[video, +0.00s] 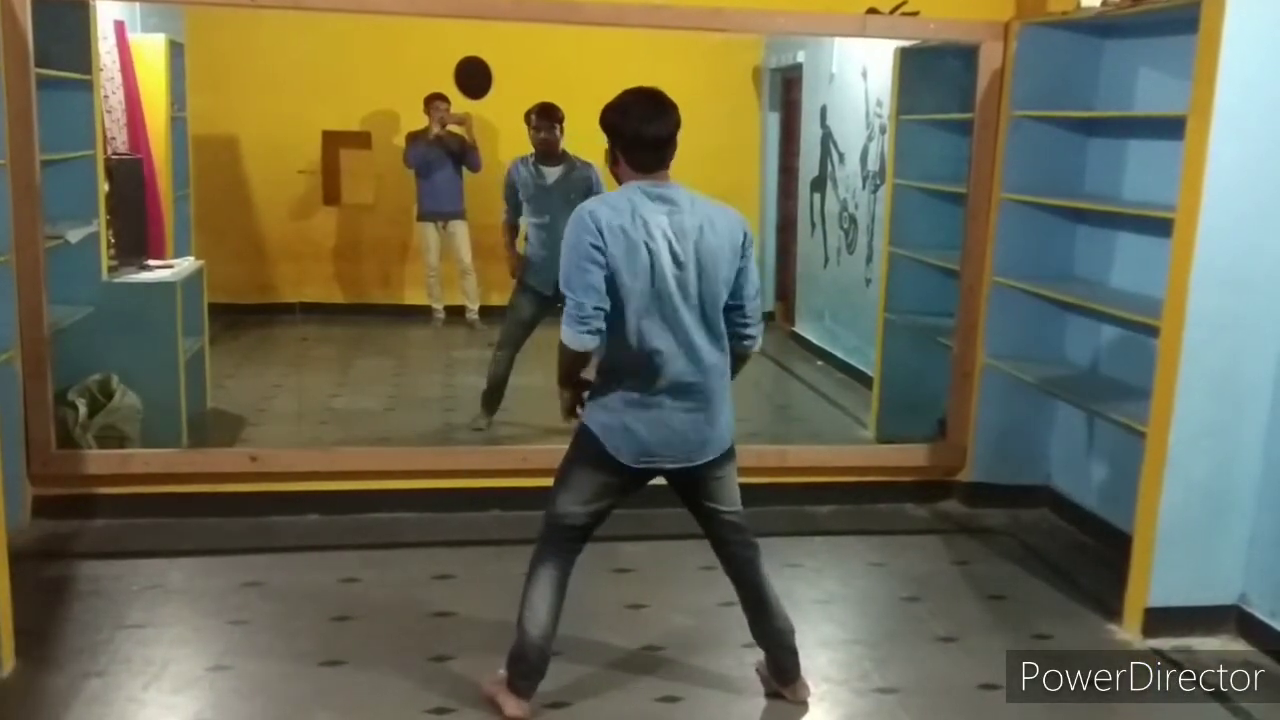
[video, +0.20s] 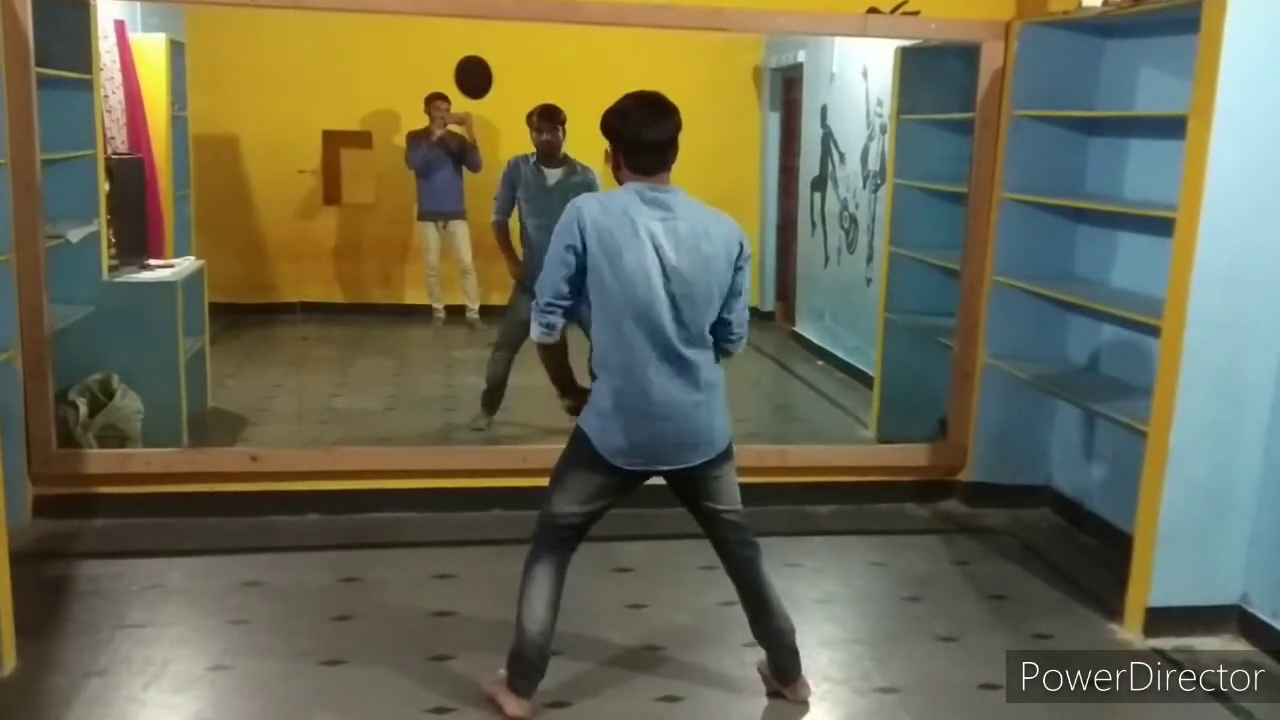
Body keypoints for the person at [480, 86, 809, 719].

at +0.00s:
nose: (607, 153)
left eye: (608, 145)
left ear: (612, 152)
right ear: (675, 148)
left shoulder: (594, 219)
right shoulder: (727, 225)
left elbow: (582, 336)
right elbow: (744, 340)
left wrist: (570, 381)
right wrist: (701, 382)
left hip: (621, 426)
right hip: (705, 426)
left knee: (557, 547)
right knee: (742, 553)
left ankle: (519, 688)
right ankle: (788, 678)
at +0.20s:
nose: (608, 156)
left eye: (609, 147)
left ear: (614, 154)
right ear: (676, 151)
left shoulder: (587, 215)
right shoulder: (724, 231)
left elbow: (546, 322)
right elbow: (729, 337)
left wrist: (569, 391)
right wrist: (670, 348)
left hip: (616, 424)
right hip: (700, 425)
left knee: (552, 546)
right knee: (742, 552)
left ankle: (519, 688)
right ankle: (789, 678)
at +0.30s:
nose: (598, 158)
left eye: (600, 150)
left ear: (606, 158)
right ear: (669, 154)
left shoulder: (578, 216)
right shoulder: (710, 224)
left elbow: (541, 319)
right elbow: (743, 300)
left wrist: (567, 396)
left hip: (610, 423)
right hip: (693, 424)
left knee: (546, 544)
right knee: (741, 551)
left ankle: (519, 688)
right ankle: (790, 679)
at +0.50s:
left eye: (586, 142)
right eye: (652, 133)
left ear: (590, 147)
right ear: (652, 141)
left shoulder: (563, 208)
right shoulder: (694, 197)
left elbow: (539, 323)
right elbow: (772, 207)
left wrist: (560, 397)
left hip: (601, 415)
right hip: (681, 412)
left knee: (546, 543)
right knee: (736, 533)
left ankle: (520, 686)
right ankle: (778, 672)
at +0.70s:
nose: (579, 154)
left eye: (580, 146)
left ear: (589, 152)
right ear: (649, 143)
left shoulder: (570, 216)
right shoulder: (694, 196)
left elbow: (558, 334)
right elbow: (722, 253)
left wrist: (567, 404)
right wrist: (653, 202)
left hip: (613, 416)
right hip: (694, 413)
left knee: (550, 542)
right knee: (739, 543)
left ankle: (520, 686)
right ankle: (782, 679)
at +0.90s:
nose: (579, 148)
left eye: (580, 140)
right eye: (585, 139)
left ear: (590, 147)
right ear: (651, 142)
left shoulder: (569, 211)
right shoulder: (691, 199)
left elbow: (554, 336)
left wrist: (559, 404)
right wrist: (621, 178)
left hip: (608, 418)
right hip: (689, 413)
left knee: (543, 546)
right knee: (742, 539)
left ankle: (518, 693)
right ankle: (793, 679)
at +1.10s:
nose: (581, 149)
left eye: (584, 141)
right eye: (585, 141)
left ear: (595, 148)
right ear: (654, 145)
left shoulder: (578, 218)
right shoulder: (684, 199)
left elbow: (562, 333)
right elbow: (638, 196)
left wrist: (561, 396)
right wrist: (586, 185)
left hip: (610, 417)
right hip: (687, 411)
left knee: (545, 543)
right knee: (735, 538)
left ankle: (520, 688)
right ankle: (788, 679)